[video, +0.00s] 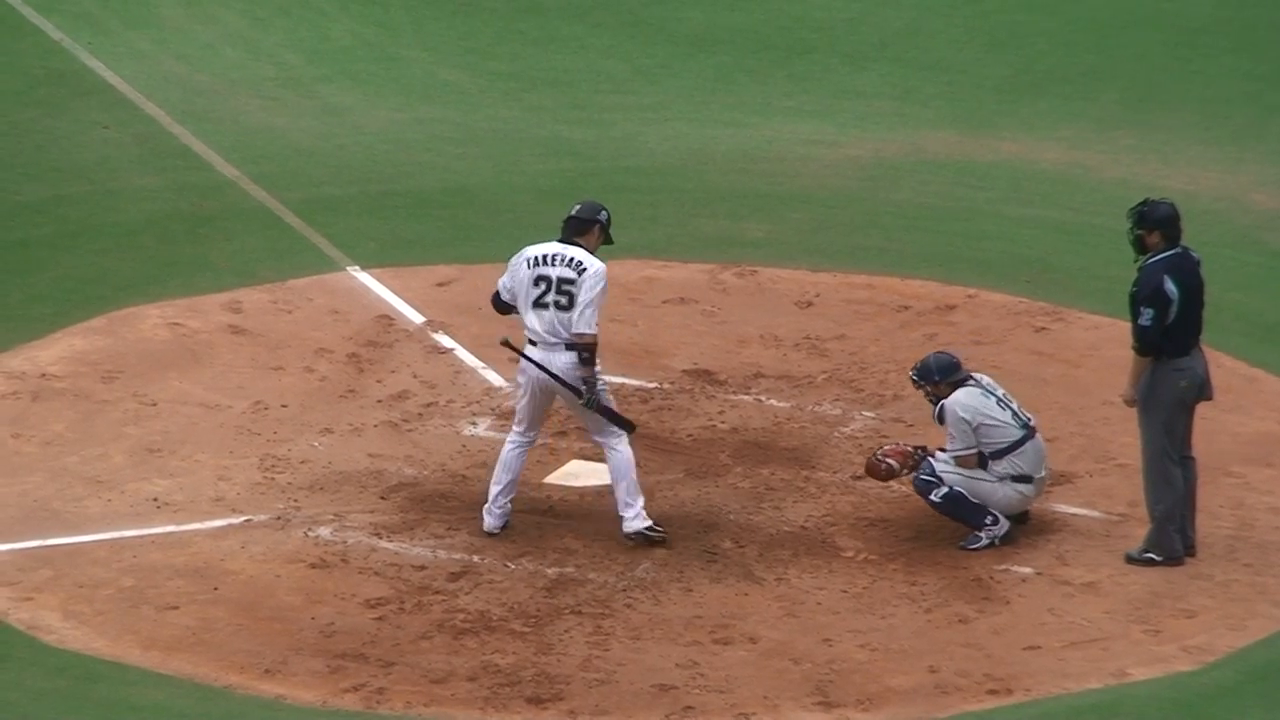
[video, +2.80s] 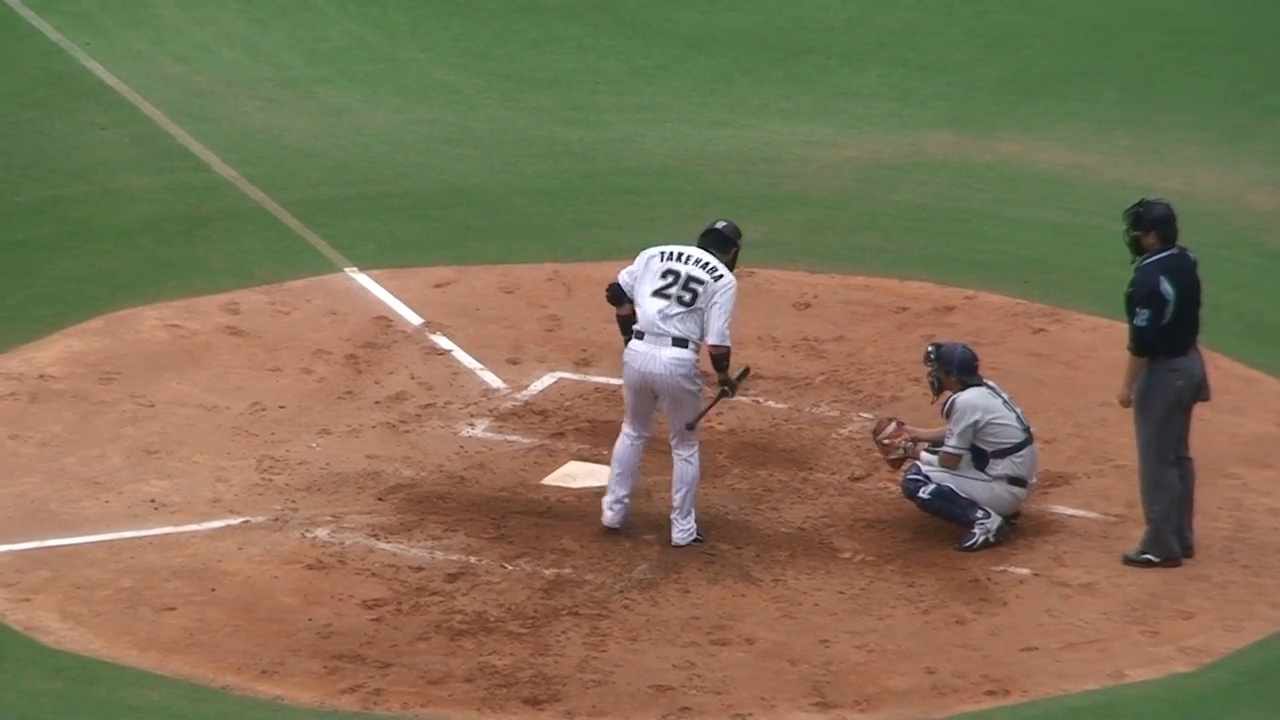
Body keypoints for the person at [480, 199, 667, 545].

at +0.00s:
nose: (599, 244)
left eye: (602, 238)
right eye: (601, 237)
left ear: (568, 226)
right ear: (593, 231)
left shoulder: (528, 255)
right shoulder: (591, 268)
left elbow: (501, 303)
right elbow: (585, 332)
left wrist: (541, 303)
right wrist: (591, 383)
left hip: (533, 360)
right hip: (572, 365)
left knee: (521, 435)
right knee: (614, 438)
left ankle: (494, 516)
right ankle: (635, 520)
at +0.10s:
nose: (619, 241)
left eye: (619, 234)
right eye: (618, 233)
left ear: (586, 228)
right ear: (608, 232)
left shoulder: (548, 257)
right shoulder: (610, 269)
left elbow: (521, 308)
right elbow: (607, 333)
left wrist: (562, 305)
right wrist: (619, 384)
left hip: (554, 360)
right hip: (595, 365)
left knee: (534, 434)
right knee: (630, 445)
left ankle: (497, 510)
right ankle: (640, 529)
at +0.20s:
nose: (635, 245)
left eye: (637, 239)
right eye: (636, 238)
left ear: (603, 229)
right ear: (628, 233)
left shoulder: (567, 259)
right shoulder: (626, 270)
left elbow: (543, 310)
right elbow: (631, 336)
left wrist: (568, 337)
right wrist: (651, 378)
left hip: (577, 362)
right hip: (618, 366)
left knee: (561, 433)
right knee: (641, 445)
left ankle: (522, 506)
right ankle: (642, 530)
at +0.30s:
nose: (651, 245)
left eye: (652, 239)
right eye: (651, 238)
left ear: (619, 231)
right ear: (643, 235)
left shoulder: (581, 261)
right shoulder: (642, 270)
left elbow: (558, 314)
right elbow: (648, 330)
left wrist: (569, 355)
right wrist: (678, 370)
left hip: (591, 365)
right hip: (632, 367)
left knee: (589, 433)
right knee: (648, 447)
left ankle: (572, 512)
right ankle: (642, 531)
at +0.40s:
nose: (661, 245)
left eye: (662, 239)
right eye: (661, 239)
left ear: (627, 232)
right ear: (653, 235)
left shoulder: (589, 261)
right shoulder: (654, 270)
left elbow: (565, 313)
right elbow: (666, 328)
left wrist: (565, 360)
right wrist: (701, 365)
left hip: (598, 365)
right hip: (638, 367)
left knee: (616, 432)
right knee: (651, 447)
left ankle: (614, 514)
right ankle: (643, 531)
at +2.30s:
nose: (707, 250)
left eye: (706, 246)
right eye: (707, 245)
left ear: (673, 238)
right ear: (702, 244)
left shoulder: (636, 262)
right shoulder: (708, 271)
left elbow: (608, 313)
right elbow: (719, 334)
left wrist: (616, 363)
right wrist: (724, 379)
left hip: (647, 361)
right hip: (691, 361)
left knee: (648, 441)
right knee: (689, 445)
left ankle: (649, 523)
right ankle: (684, 528)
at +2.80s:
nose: (735, 259)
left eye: (735, 253)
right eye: (735, 253)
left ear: (702, 240)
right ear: (728, 251)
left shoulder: (655, 254)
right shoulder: (723, 279)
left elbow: (617, 292)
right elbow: (718, 347)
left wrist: (632, 334)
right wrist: (725, 378)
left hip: (637, 352)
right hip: (679, 361)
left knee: (632, 431)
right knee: (684, 444)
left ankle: (612, 512)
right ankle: (683, 528)